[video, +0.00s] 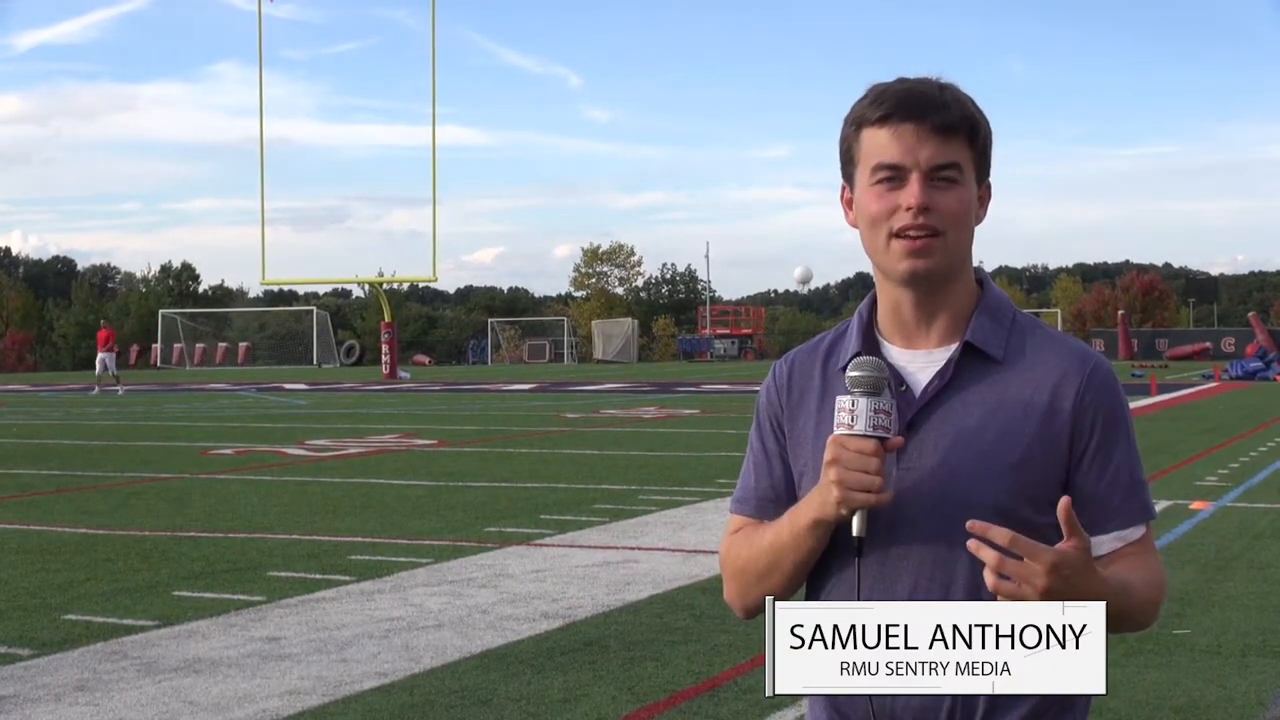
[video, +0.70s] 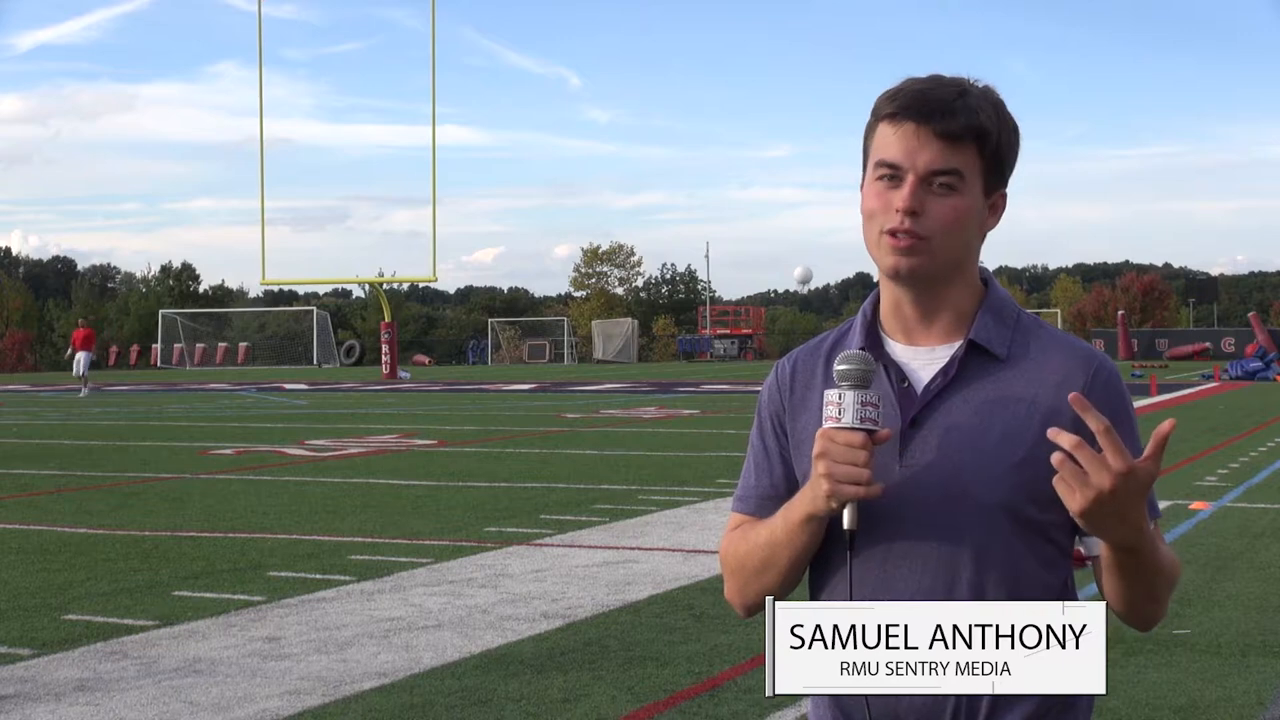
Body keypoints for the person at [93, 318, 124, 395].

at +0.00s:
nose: (103, 325)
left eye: (104, 323)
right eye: (102, 323)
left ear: (107, 324)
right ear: (100, 324)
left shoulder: (110, 332)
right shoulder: (99, 332)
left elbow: (111, 343)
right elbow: (99, 342)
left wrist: (104, 349)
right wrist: (98, 351)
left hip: (109, 353)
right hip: (101, 353)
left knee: (113, 372)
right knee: (98, 372)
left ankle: (120, 387)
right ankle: (97, 388)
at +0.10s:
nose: (98, 323)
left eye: (99, 322)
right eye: (97, 322)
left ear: (102, 322)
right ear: (96, 323)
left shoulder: (106, 331)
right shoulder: (95, 332)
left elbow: (109, 342)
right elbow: (94, 342)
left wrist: (104, 350)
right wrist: (94, 351)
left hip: (104, 353)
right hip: (96, 353)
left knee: (105, 372)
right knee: (96, 372)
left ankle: (116, 384)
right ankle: (97, 388)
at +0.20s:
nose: (95, 323)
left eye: (96, 321)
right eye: (94, 322)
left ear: (99, 322)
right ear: (93, 323)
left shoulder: (104, 331)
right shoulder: (91, 331)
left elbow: (107, 342)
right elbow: (89, 343)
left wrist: (105, 352)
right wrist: (87, 353)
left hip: (100, 352)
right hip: (92, 352)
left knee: (99, 371)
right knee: (94, 372)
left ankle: (107, 383)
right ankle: (97, 387)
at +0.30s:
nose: (91, 323)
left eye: (92, 321)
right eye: (90, 321)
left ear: (95, 322)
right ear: (89, 322)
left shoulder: (100, 331)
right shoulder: (87, 331)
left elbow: (105, 342)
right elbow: (84, 343)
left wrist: (106, 352)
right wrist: (81, 352)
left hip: (98, 351)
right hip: (90, 351)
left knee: (93, 369)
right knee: (93, 370)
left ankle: (97, 387)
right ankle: (97, 387)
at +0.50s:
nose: (86, 324)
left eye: (87, 322)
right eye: (85, 322)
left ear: (91, 323)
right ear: (83, 323)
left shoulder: (95, 332)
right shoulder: (81, 332)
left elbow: (100, 344)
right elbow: (76, 344)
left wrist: (104, 353)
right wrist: (70, 351)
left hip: (92, 353)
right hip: (84, 353)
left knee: (87, 371)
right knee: (88, 372)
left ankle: (85, 388)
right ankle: (95, 388)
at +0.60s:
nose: (83, 324)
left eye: (84, 322)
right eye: (82, 322)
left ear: (88, 323)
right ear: (81, 323)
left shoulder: (92, 332)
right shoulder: (79, 332)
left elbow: (97, 344)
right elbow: (74, 344)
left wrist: (100, 353)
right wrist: (68, 352)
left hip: (89, 353)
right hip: (81, 353)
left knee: (84, 372)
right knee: (83, 373)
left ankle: (84, 390)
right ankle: (93, 387)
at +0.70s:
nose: (80, 324)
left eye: (82, 322)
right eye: (79, 322)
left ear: (85, 323)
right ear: (78, 323)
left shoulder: (90, 331)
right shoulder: (75, 332)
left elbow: (93, 343)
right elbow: (72, 344)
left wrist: (93, 353)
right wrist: (68, 352)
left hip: (86, 352)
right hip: (78, 353)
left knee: (83, 372)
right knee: (76, 373)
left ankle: (84, 390)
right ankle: (86, 384)